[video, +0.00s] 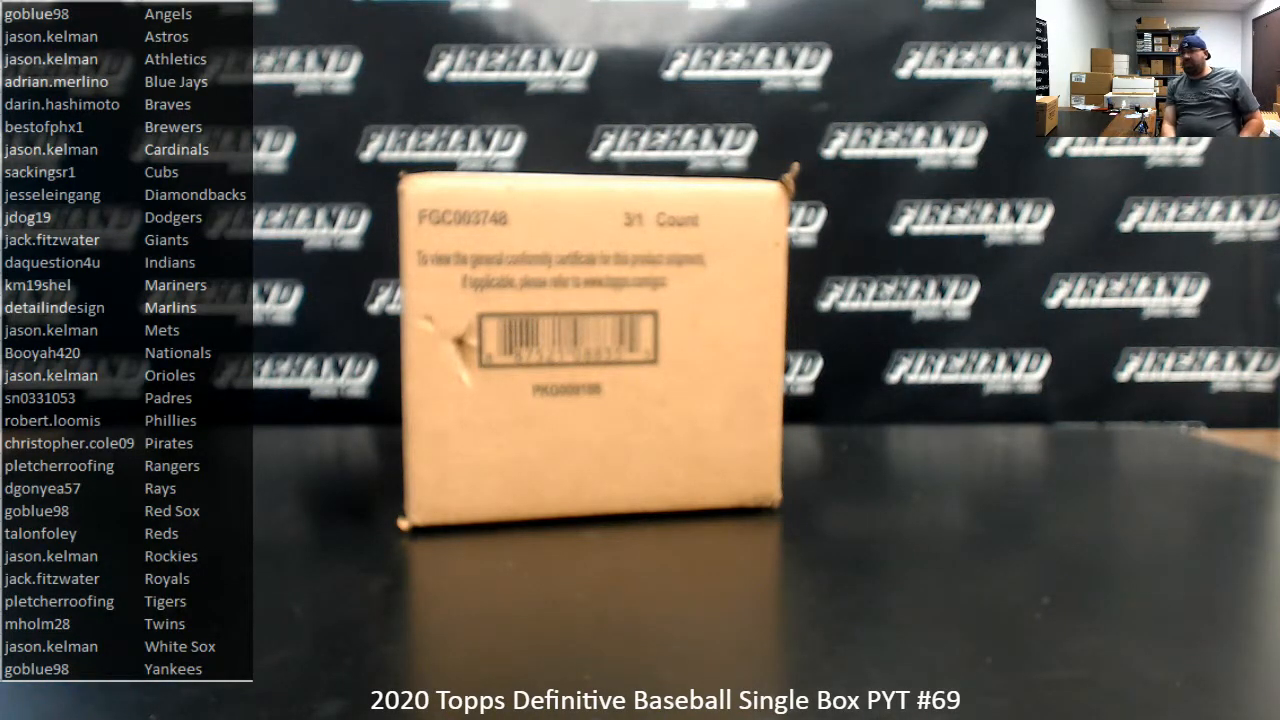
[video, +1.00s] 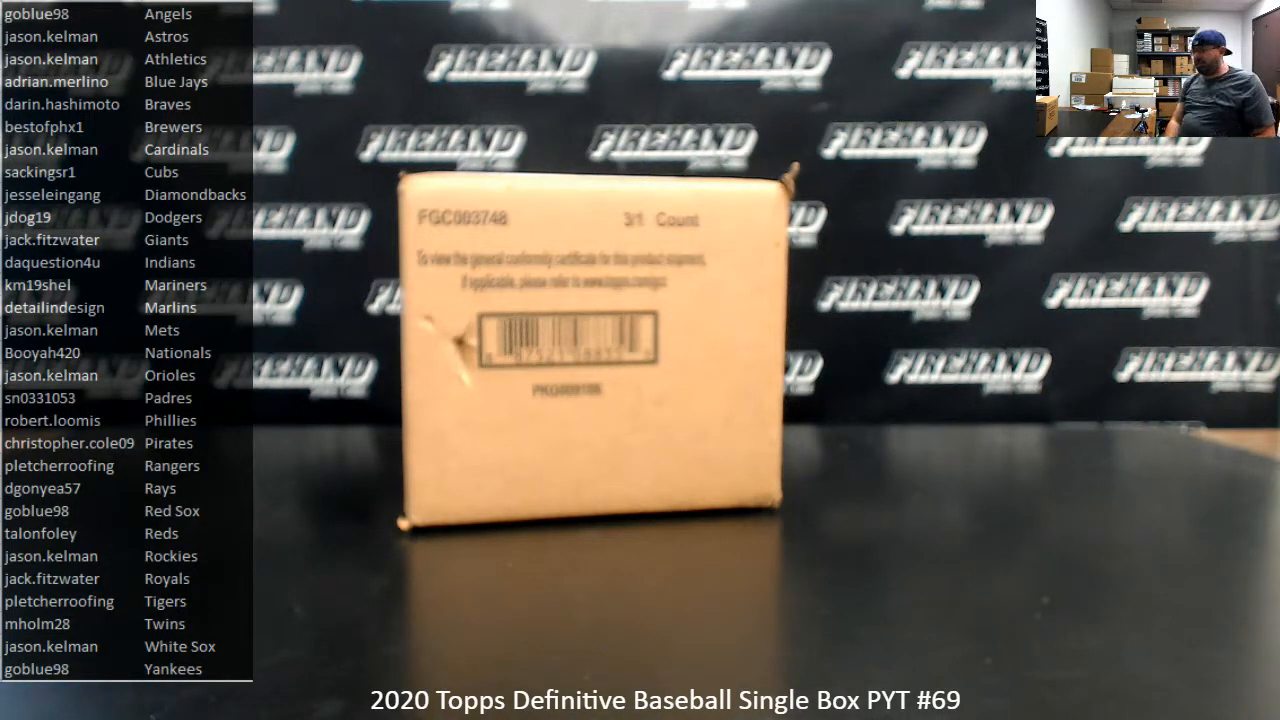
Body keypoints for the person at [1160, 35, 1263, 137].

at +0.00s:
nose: (1186, 57)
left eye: (1192, 51)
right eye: (1183, 53)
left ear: (1205, 54)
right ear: (1180, 57)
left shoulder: (1231, 78)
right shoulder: (1175, 86)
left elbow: (1256, 120)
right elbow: (1168, 123)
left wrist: (1237, 149)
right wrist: (1170, 150)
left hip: (1225, 153)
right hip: (1185, 155)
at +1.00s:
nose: (1197, 57)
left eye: (1203, 51)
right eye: (1194, 52)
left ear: (1221, 52)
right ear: (1191, 54)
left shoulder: (1248, 82)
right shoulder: (1190, 83)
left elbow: (1267, 134)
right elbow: (1176, 120)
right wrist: (1167, 149)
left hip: (1229, 162)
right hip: (1187, 160)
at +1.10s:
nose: (1190, 58)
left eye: (1196, 51)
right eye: (1190, 52)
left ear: (1217, 51)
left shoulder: (1247, 83)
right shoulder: (1191, 82)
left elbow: (1266, 136)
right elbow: (1176, 120)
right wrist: (1164, 149)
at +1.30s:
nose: (1174, 61)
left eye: (1180, 54)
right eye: (1175, 55)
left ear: (1203, 53)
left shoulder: (1237, 89)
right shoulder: (1185, 85)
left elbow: (1262, 141)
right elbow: (1173, 122)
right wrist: (1163, 152)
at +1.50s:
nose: (1165, 62)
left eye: (1169, 56)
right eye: (1165, 56)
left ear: (1191, 55)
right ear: (1191, 55)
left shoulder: (1227, 90)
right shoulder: (1179, 86)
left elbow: (1253, 143)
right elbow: (1170, 125)